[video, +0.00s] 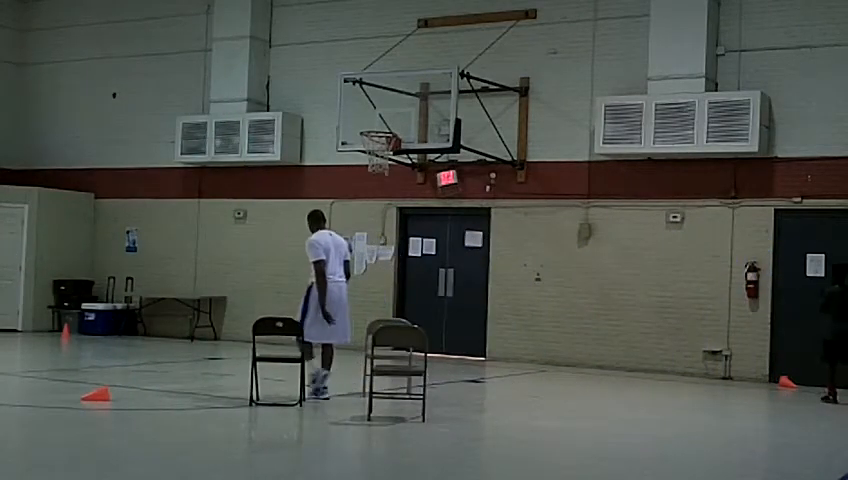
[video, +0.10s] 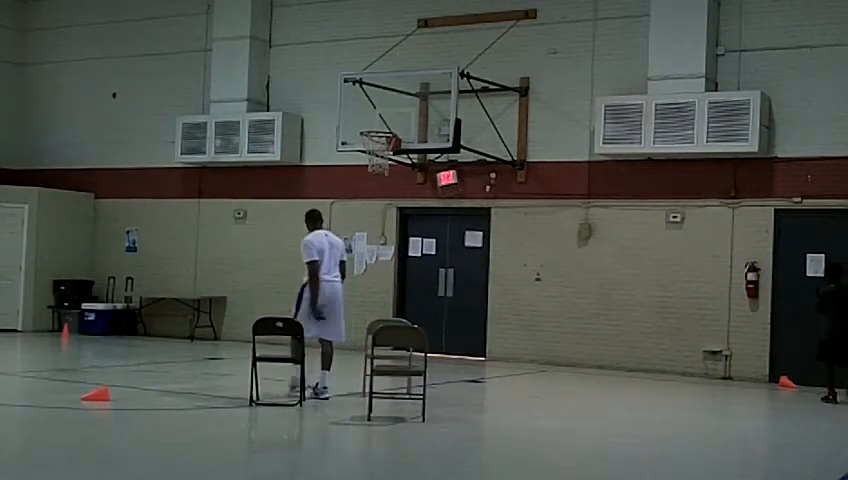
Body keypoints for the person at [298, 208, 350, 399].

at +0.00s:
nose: (310, 227)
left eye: (309, 225)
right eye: (311, 224)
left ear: (310, 224)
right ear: (325, 221)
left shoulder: (314, 240)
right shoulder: (340, 240)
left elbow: (320, 273)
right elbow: (347, 273)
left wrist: (323, 305)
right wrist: (337, 288)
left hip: (321, 288)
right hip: (339, 287)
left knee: (304, 333)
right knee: (328, 338)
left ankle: (314, 371)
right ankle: (322, 385)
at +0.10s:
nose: (308, 226)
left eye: (308, 223)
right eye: (310, 222)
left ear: (307, 223)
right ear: (323, 222)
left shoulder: (309, 241)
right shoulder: (337, 241)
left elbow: (314, 273)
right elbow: (342, 272)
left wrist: (314, 302)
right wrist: (335, 290)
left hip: (315, 287)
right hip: (335, 287)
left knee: (298, 330)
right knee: (327, 337)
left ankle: (298, 377)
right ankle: (323, 385)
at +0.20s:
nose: (304, 229)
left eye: (303, 226)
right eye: (308, 225)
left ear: (302, 226)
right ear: (318, 224)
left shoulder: (303, 244)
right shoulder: (333, 243)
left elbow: (301, 275)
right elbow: (337, 273)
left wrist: (297, 301)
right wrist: (332, 291)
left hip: (311, 289)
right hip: (331, 289)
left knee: (294, 332)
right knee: (327, 339)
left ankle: (285, 376)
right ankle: (323, 384)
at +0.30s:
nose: (299, 231)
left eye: (298, 228)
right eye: (302, 227)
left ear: (297, 228)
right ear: (312, 226)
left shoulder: (296, 246)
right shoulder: (328, 245)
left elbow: (290, 279)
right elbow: (332, 274)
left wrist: (283, 308)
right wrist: (327, 292)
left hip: (305, 290)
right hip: (326, 290)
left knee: (293, 335)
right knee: (323, 339)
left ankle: (284, 376)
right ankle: (322, 382)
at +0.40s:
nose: (292, 231)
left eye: (291, 228)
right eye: (295, 227)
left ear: (291, 229)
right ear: (306, 227)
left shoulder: (289, 248)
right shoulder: (321, 245)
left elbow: (279, 279)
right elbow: (328, 273)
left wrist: (269, 307)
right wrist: (326, 296)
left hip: (298, 290)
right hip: (319, 290)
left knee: (290, 335)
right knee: (315, 336)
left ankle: (285, 378)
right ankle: (321, 368)